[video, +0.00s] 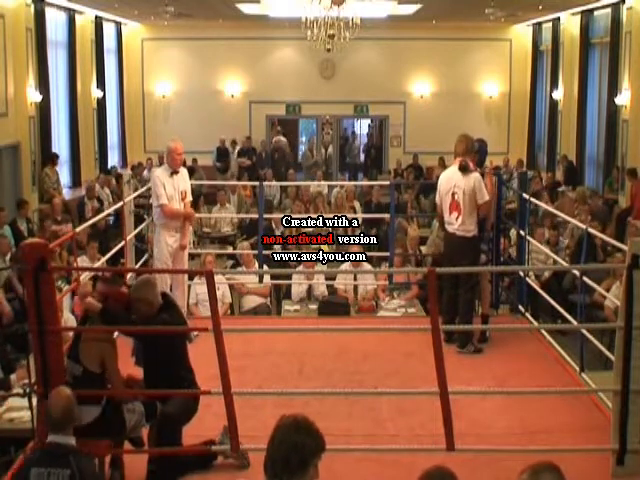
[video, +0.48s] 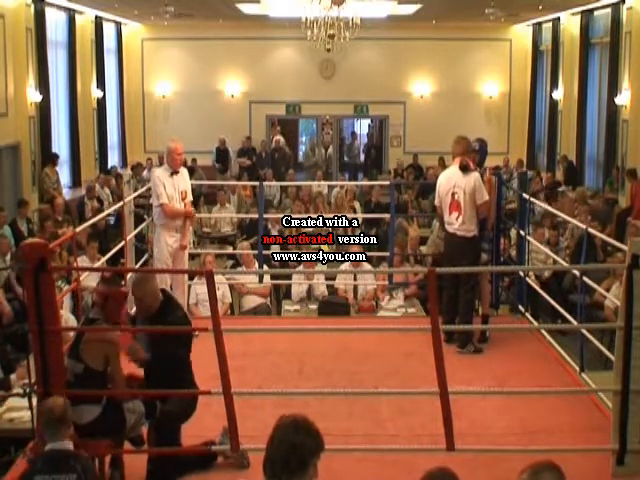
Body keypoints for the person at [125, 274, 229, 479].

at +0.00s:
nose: (136, 309)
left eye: (140, 304)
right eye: (135, 304)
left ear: (152, 303)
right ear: (133, 301)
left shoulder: (167, 321)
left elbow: (131, 326)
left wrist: (101, 310)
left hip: (183, 393)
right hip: (159, 394)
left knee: (167, 416)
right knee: (164, 467)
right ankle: (216, 447)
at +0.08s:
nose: (137, 309)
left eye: (141, 304)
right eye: (135, 303)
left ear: (152, 302)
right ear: (134, 300)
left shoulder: (168, 322)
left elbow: (133, 329)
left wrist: (101, 311)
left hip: (183, 393)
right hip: (159, 394)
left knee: (167, 415)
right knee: (164, 467)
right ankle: (215, 447)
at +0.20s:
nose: (138, 308)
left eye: (142, 303)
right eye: (135, 303)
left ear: (153, 300)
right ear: (132, 299)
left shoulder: (168, 322)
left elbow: (137, 343)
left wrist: (114, 320)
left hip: (183, 392)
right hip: (159, 392)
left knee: (166, 415)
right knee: (162, 466)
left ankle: (216, 450)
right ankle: (215, 448)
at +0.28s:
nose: (138, 308)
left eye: (142, 304)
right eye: (136, 303)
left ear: (153, 300)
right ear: (133, 298)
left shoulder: (173, 323)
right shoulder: (139, 311)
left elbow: (149, 360)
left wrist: (132, 335)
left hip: (181, 392)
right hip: (157, 390)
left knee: (165, 415)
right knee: (162, 466)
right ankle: (215, 447)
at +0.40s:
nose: (139, 308)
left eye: (143, 304)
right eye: (136, 302)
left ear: (154, 299)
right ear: (134, 296)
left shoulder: (175, 321)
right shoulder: (141, 307)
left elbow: (167, 365)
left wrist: (141, 354)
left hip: (181, 391)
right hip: (156, 388)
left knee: (165, 416)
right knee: (164, 466)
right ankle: (216, 448)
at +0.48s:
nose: (138, 306)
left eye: (143, 301)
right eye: (136, 300)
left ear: (155, 296)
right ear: (135, 295)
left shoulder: (176, 320)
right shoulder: (148, 308)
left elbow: (174, 364)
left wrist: (145, 359)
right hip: (158, 388)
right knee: (162, 465)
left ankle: (216, 449)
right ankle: (214, 448)